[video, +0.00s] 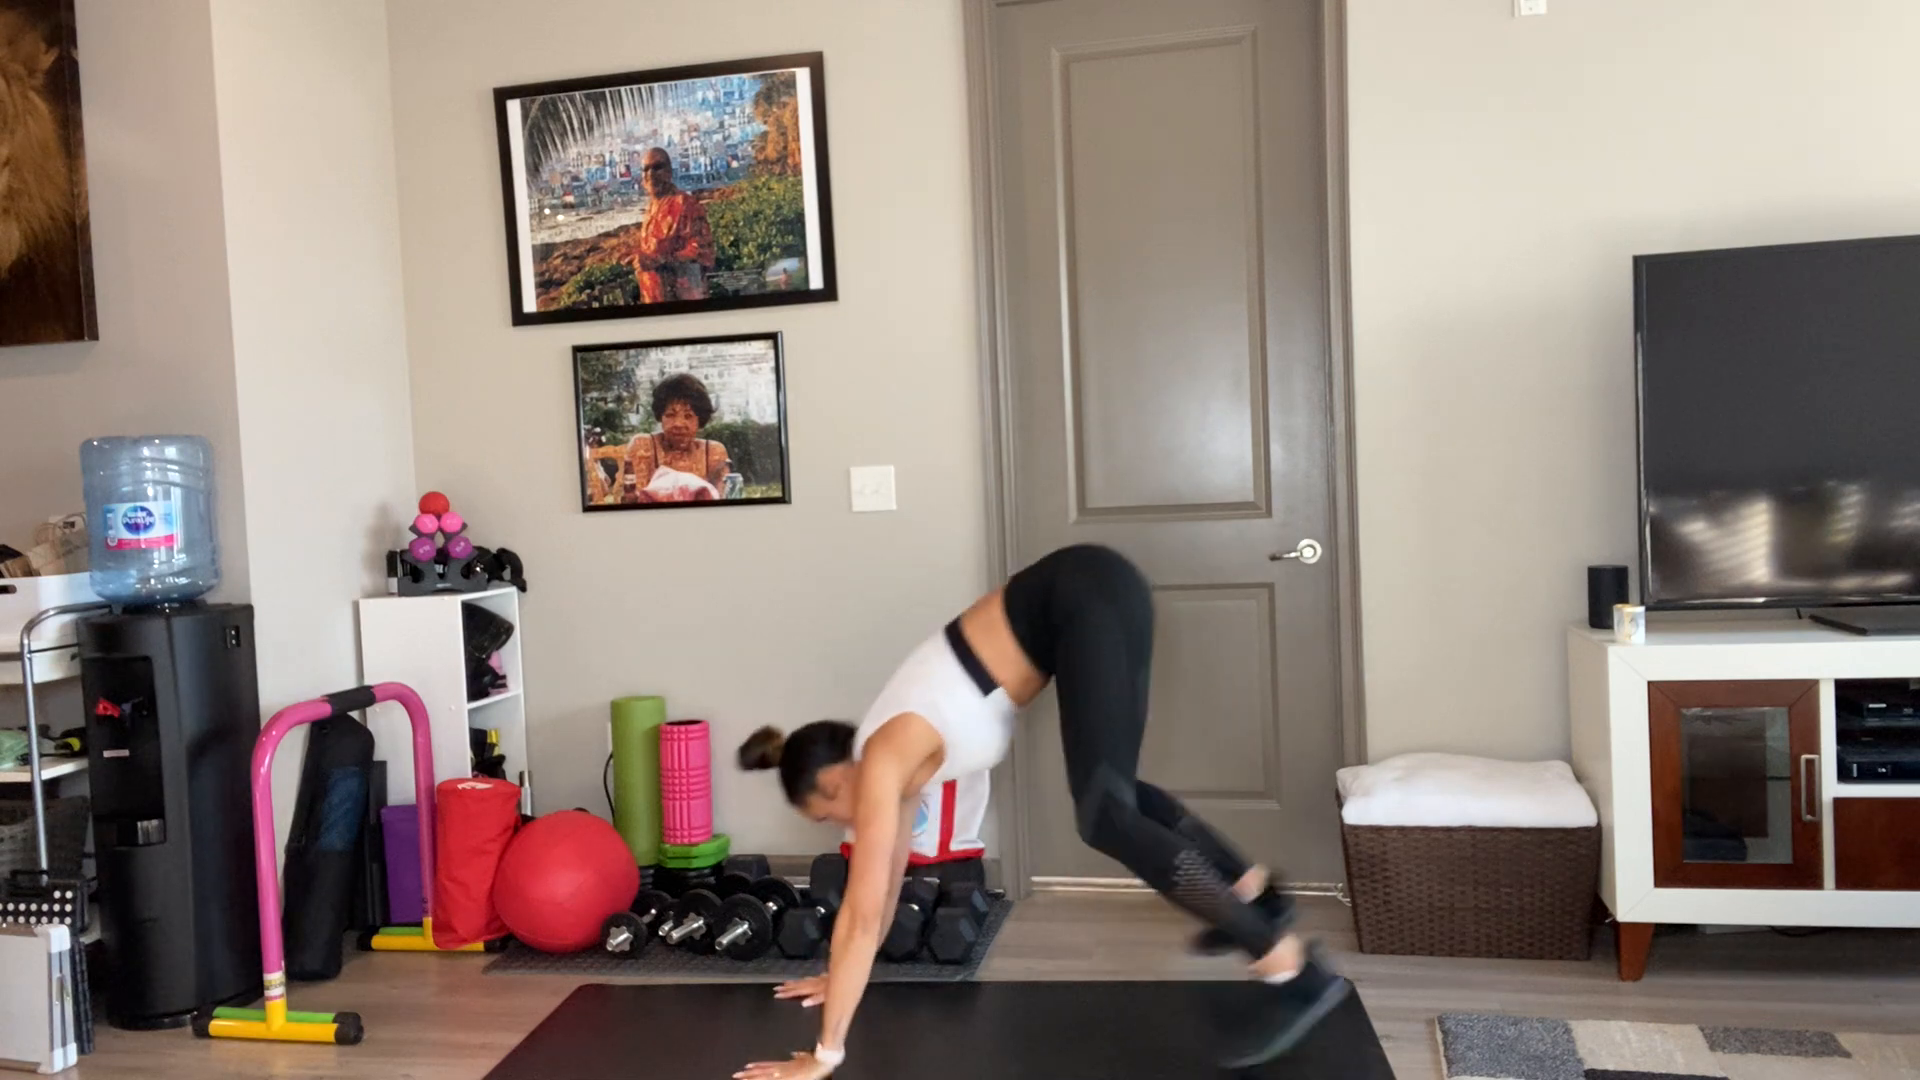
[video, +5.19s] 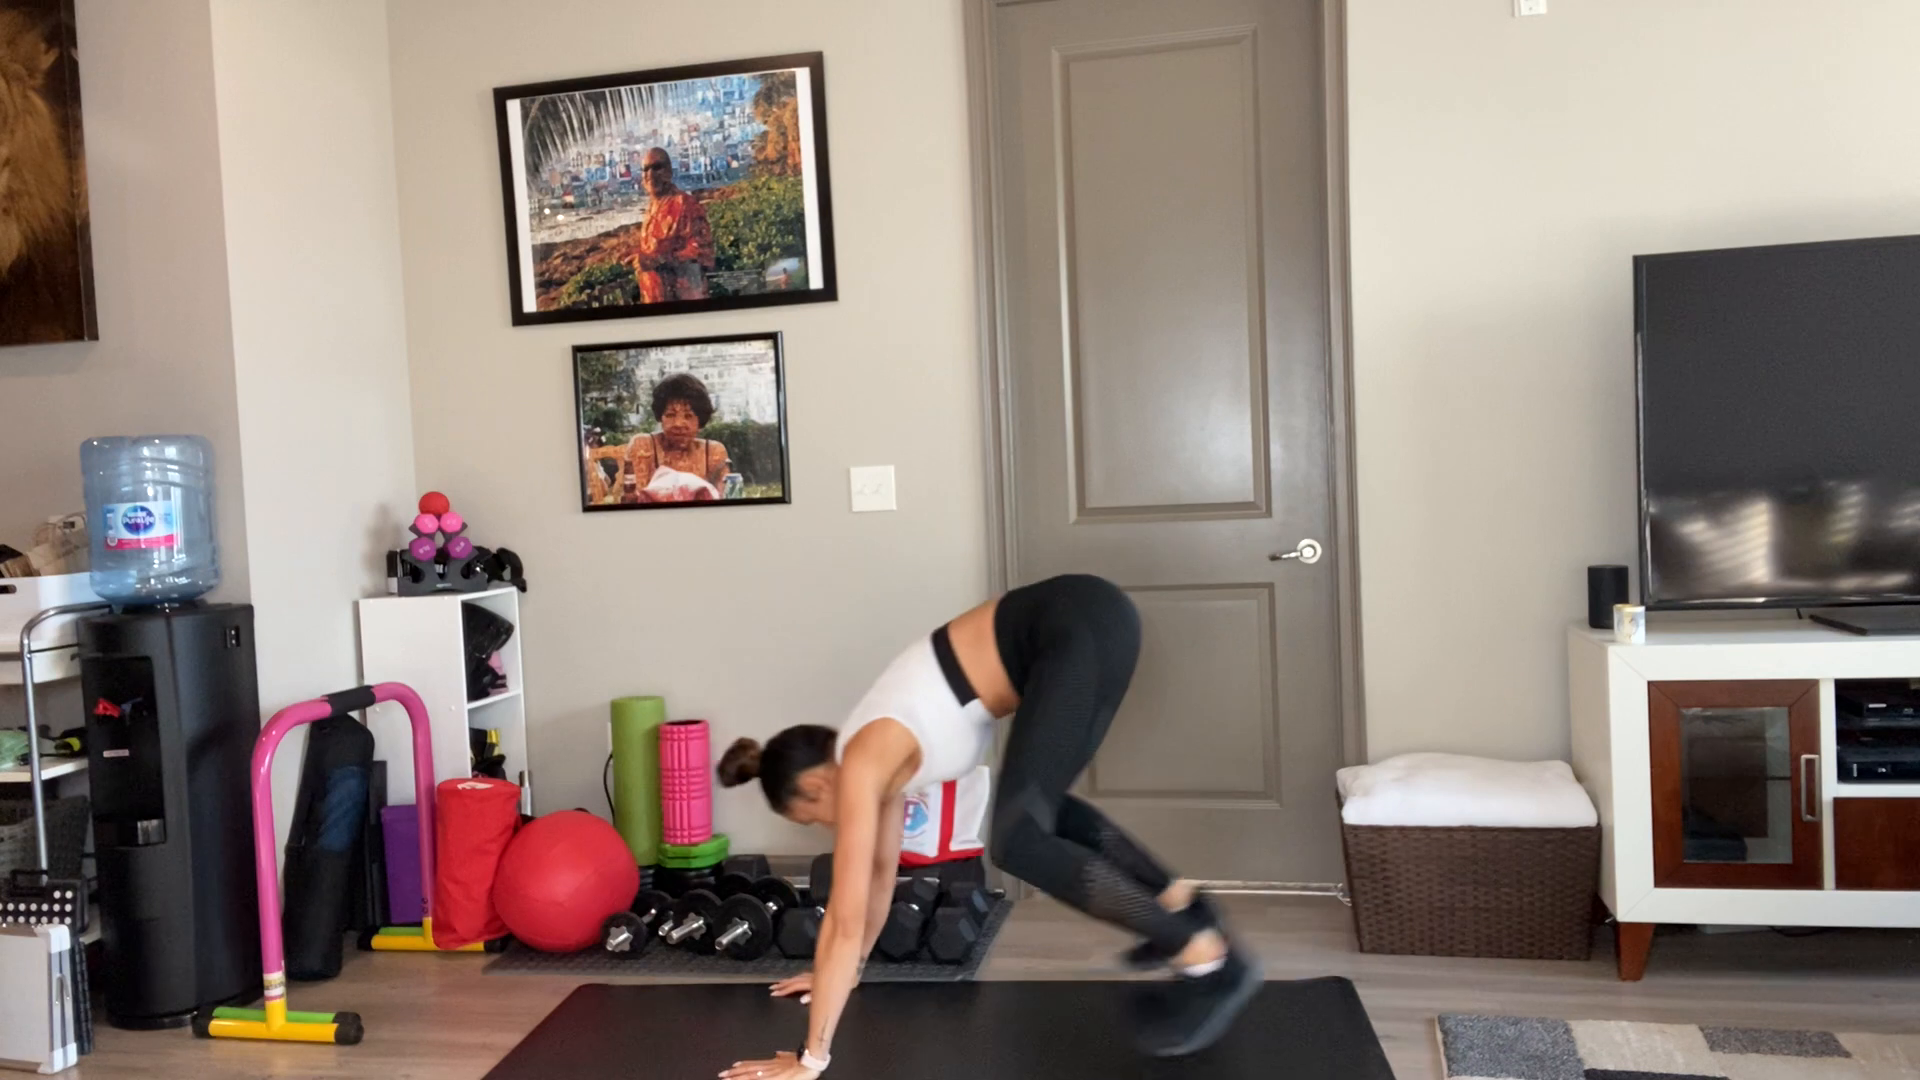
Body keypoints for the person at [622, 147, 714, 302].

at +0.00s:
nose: (650, 174)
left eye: (657, 167)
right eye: (645, 169)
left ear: (669, 171)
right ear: (642, 176)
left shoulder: (686, 204)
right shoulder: (653, 207)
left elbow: (702, 254)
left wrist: (657, 261)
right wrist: (638, 257)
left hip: (683, 297)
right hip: (655, 297)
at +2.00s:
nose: (650, 174)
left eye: (657, 167)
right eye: (645, 169)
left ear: (669, 171)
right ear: (642, 176)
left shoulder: (686, 204)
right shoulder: (654, 206)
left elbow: (702, 255)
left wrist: (656, 260)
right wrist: (638, 257)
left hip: (683, 297)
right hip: (655, 297)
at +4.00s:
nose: (650, 175)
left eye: (657, 167)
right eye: (645, 169)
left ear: (669, 172)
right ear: (642, 176)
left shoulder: (686, 204)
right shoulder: (654, 206)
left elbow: (703, 255)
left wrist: (657, 261)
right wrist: (638, 258)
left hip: (683, 297)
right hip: (655, 297)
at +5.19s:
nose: (650, 174)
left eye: (657, 168)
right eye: (645, 169)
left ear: (670, 172)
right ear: (642, 175)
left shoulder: (685, 204)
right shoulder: (653, 206)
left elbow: (702, 254)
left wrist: (656, 261)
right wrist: (639, 257)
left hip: (683, 297)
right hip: (655, 297)